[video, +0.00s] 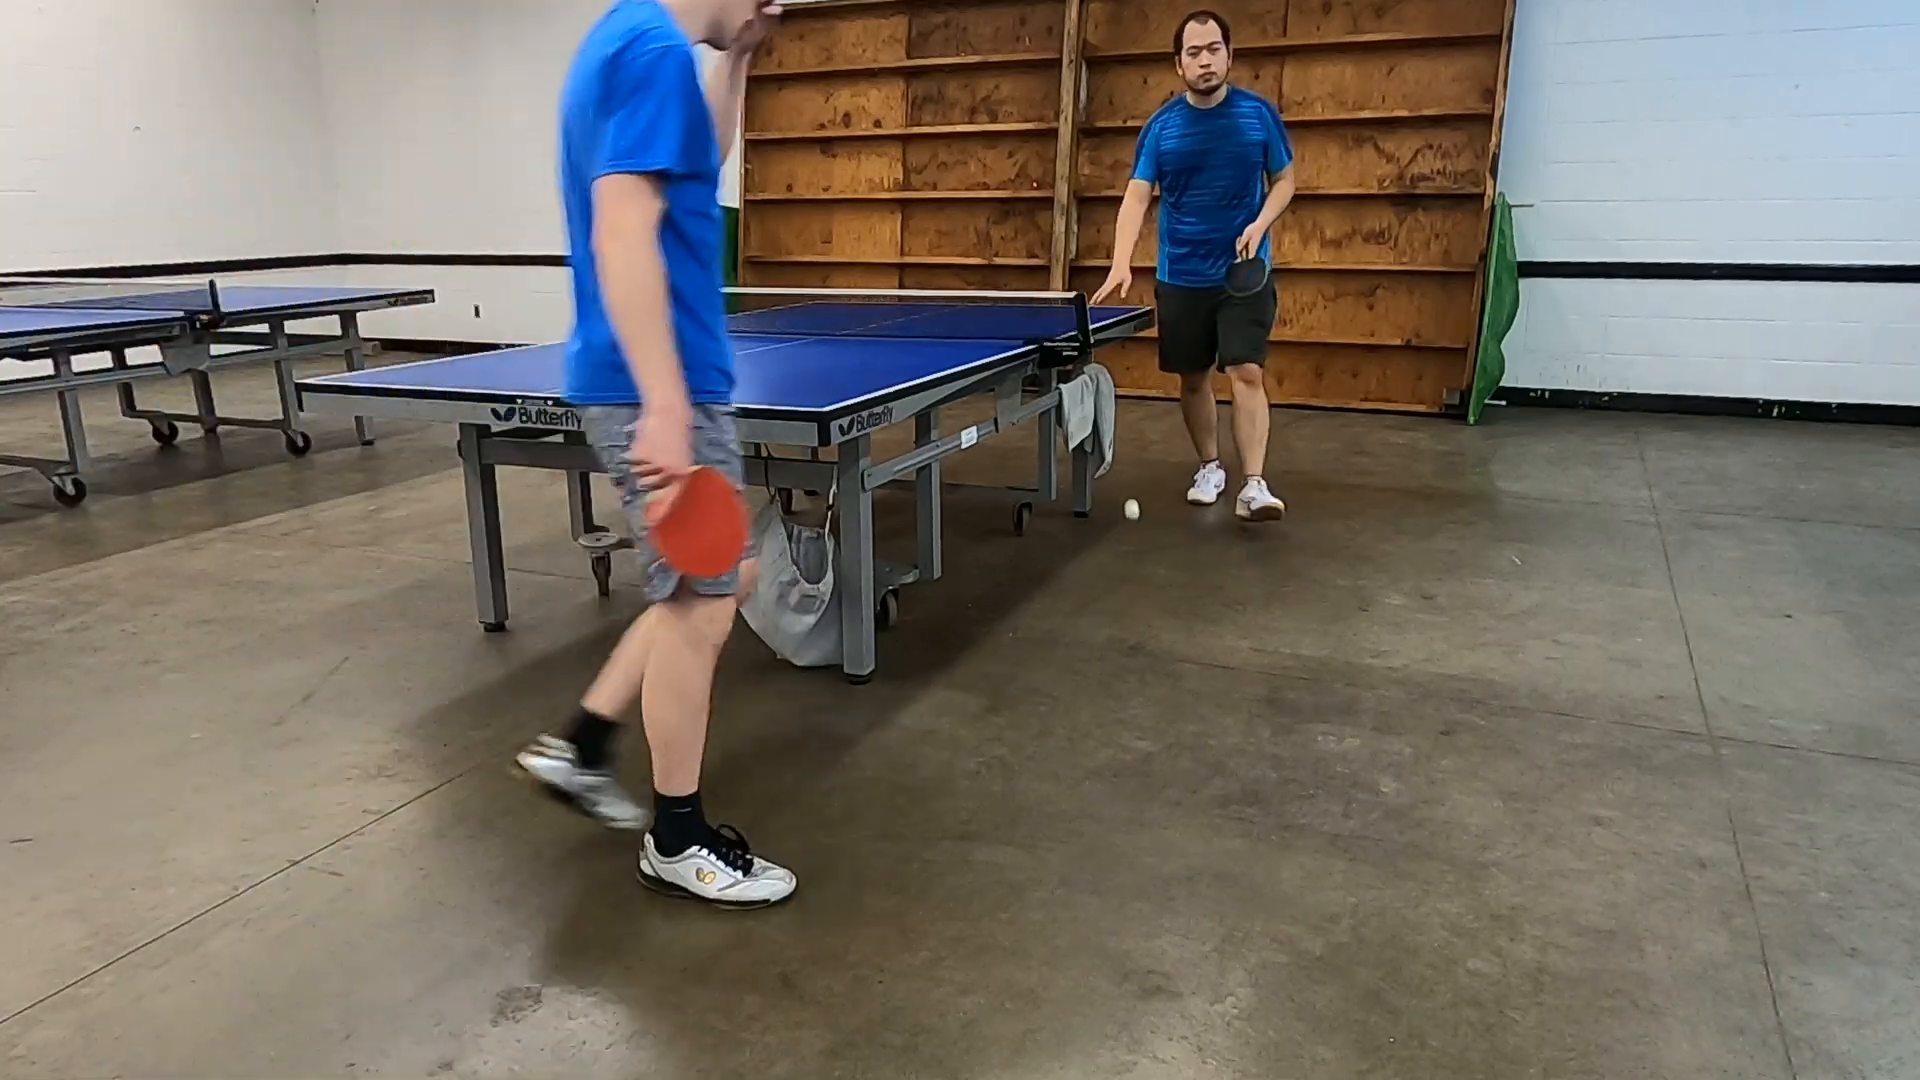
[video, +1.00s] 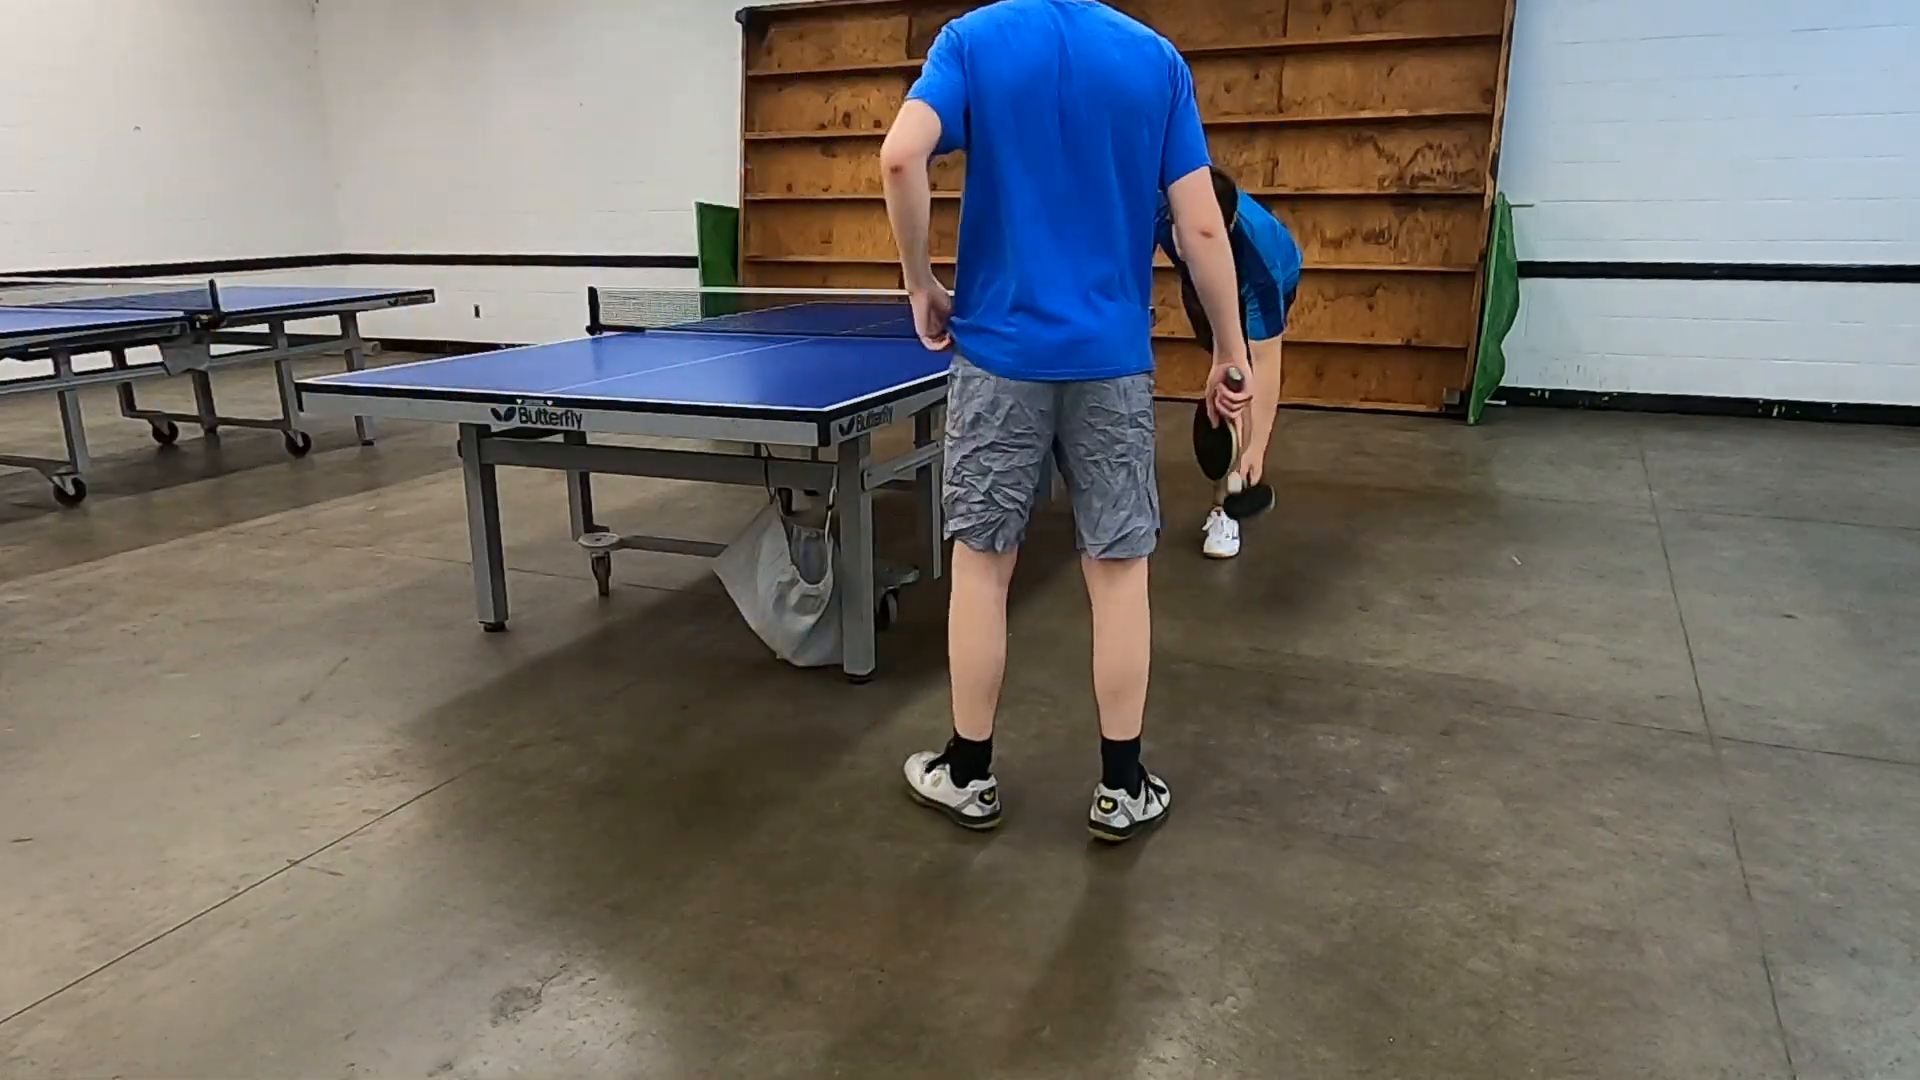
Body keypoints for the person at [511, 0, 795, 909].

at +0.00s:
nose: (765, 19)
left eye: (773, 11)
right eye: (767, 5)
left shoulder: (630, 42)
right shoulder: (654, 50)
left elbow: (698, 174)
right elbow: (621, 229)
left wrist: (730, 59)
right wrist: (665, 400)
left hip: (652, 384)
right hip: (655, 390)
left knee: (719, 570)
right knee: (703, 593)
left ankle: (581, 743)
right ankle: (677, 833)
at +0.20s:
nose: (865, 11)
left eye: (864, 5)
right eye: (865, 4)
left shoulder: (717, 53)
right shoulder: (805, 47)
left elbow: (735, 232)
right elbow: (811, 225)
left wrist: (814, 370)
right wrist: (895, 372)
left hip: (778, 381)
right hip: (784, 385)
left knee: (842, 575)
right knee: (774, 603)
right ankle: (688, 826)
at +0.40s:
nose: (952, 13)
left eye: (950, 7)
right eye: (951, 5)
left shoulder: (815, 67)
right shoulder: (915, 56)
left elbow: (836, 241)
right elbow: (944, 231)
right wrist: (1053, 354)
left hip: (854, 377)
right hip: (912, 380)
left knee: (939, 573)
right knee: (981, 587)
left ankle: (949, 761)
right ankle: (811, 750)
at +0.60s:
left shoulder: (883, 52)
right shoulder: (1014, 42)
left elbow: (821, 200)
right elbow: (1028, 212)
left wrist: (912, 252)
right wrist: (1123, 332)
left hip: (909, 356)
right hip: (999, 354)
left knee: (957, 547)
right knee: (1064, 543)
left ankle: (950, 762)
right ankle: (1057, 774)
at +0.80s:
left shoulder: (934, 57)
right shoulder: (1116, 62)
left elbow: (849, 185)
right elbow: (1148, 233)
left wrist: (898, 298)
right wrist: (1192, 358)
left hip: (971, 367)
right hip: (1074, 369)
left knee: (990, 557)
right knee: (1105, 568)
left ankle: (958, 766)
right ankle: (1117, 786)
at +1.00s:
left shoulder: (974, 37)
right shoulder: (1158, 58)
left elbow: (901, 156)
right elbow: (1201, 224)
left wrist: (920, 281)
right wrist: (1231, 345)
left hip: (1001, 351)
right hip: (1113, 354)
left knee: (981, 562)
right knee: (1118, 565)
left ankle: (969, 773)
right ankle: (1122, 784)